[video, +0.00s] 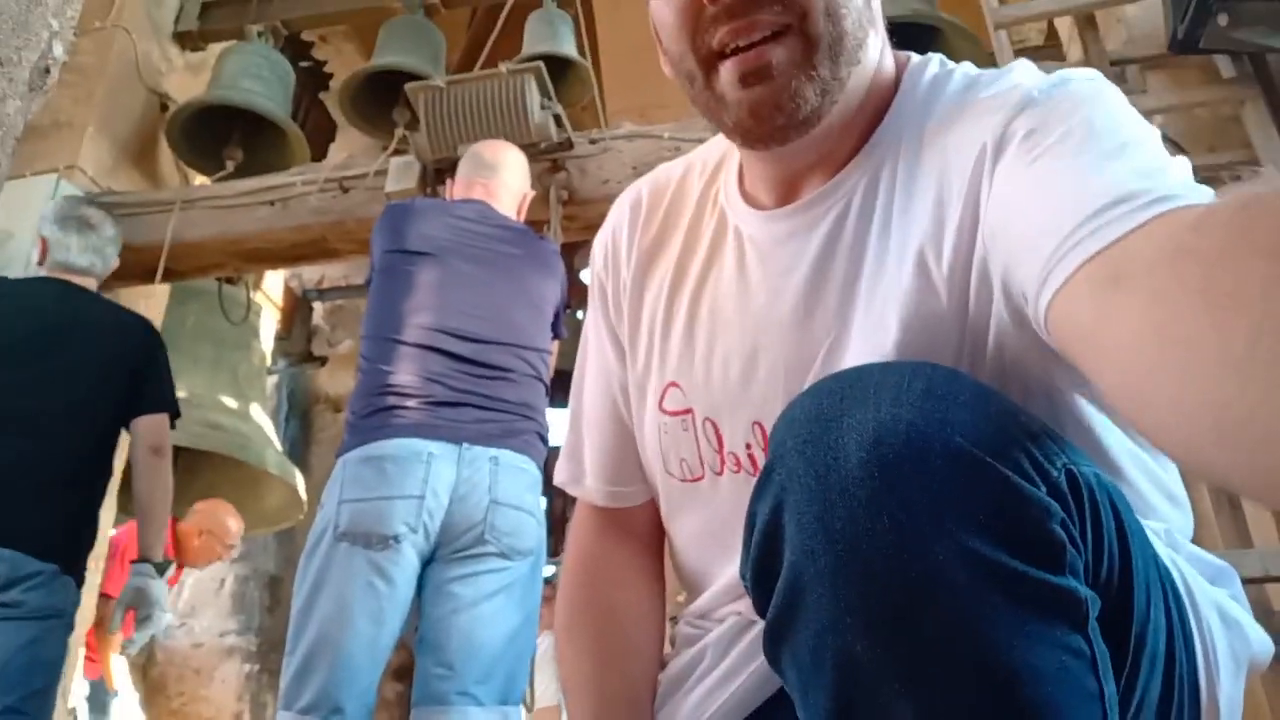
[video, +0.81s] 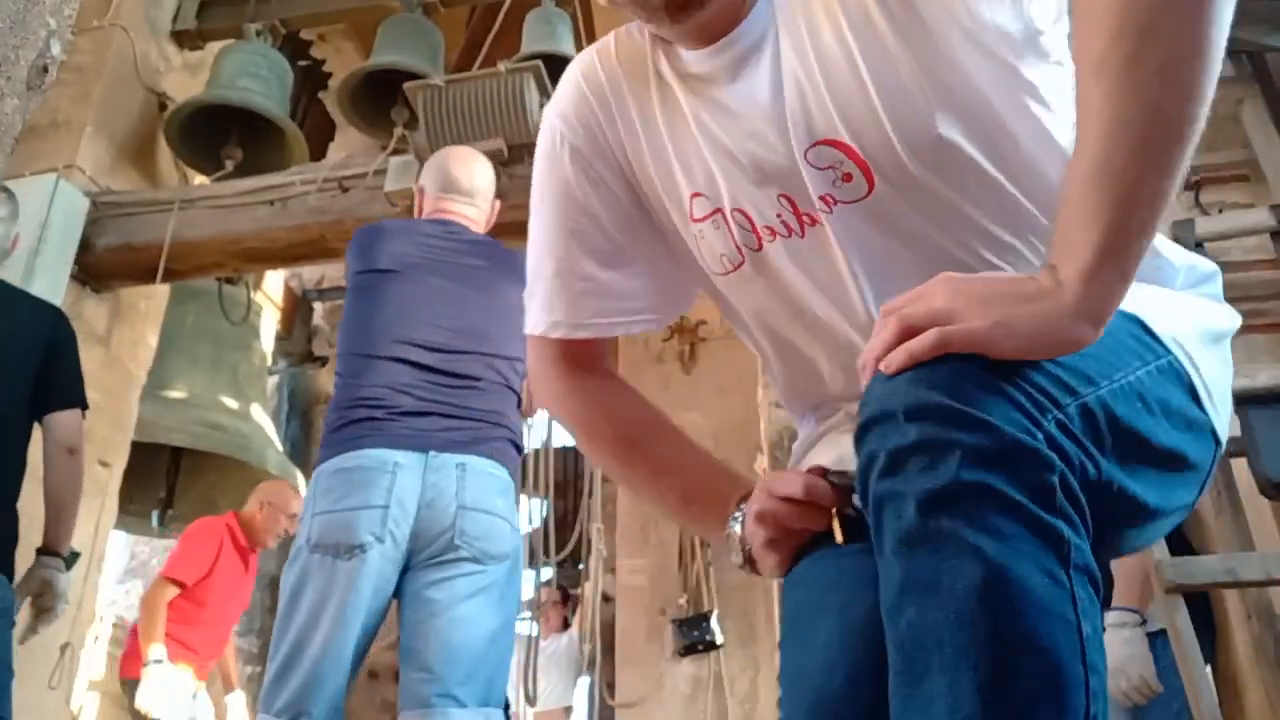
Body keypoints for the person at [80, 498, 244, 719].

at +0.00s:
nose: (225, 558)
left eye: (231, 550)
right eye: (226, 547)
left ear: (200, 535)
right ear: (200, 535)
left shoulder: (175, 565)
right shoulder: (130, 542)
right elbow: (104, 617)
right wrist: (119, 689)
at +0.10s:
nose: (239, 554)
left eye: (243, 546)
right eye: (239, 544)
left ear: (213, 536)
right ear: (214, 535)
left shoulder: (190, 562)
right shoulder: (148, 543)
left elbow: (148, 624)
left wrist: (133, 683)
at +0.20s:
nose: (252, 553)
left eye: (255, 545)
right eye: (250, 543)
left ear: (226, 534)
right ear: (227, 534)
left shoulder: (202, 564)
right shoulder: (164, 541)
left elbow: (160, 631)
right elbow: (121, 614)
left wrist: (153, 697)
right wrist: (130, 684)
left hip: (134, 668)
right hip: (99, 661)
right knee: (99, 713)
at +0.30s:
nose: (264, 552)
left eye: (267, 544)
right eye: (263, 541)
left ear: (240, 533)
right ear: (240, 533)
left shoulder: (215, 565)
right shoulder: (176, 540)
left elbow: (175, 632)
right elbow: (129, 613)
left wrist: (171, 701)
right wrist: (134, 680)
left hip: (143, 668)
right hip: (107, 657)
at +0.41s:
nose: (273, 549)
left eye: (276, 541)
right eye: (272, 539)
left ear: (250, 532)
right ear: (249, 531)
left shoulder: (225, 565)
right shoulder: (186, 538)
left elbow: (188, 635)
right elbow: (137, 609)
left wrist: (192, 703)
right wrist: (139, 677)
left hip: (150, 668)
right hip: (114, 658)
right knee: (140, 714)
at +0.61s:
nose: (287, 536)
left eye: (290, 528)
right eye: (287, 527)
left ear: (266, 525)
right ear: (265, 524)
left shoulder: (242, 559)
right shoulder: (201, 532)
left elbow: (212, 624)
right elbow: (149, 599)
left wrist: (219, 691)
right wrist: (148, 666)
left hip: (169, 667)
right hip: (132, 657)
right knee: (163, 712)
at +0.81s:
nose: (292, 531)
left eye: (296, 521)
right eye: (290, 518)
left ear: (261, 510)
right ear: (261, 508)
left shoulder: (250, 555)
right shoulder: (211, 531)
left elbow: (223, 630)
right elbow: (155, 597)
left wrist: (232, 693)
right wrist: (155, 664)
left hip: (193, 683)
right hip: (158, 674)